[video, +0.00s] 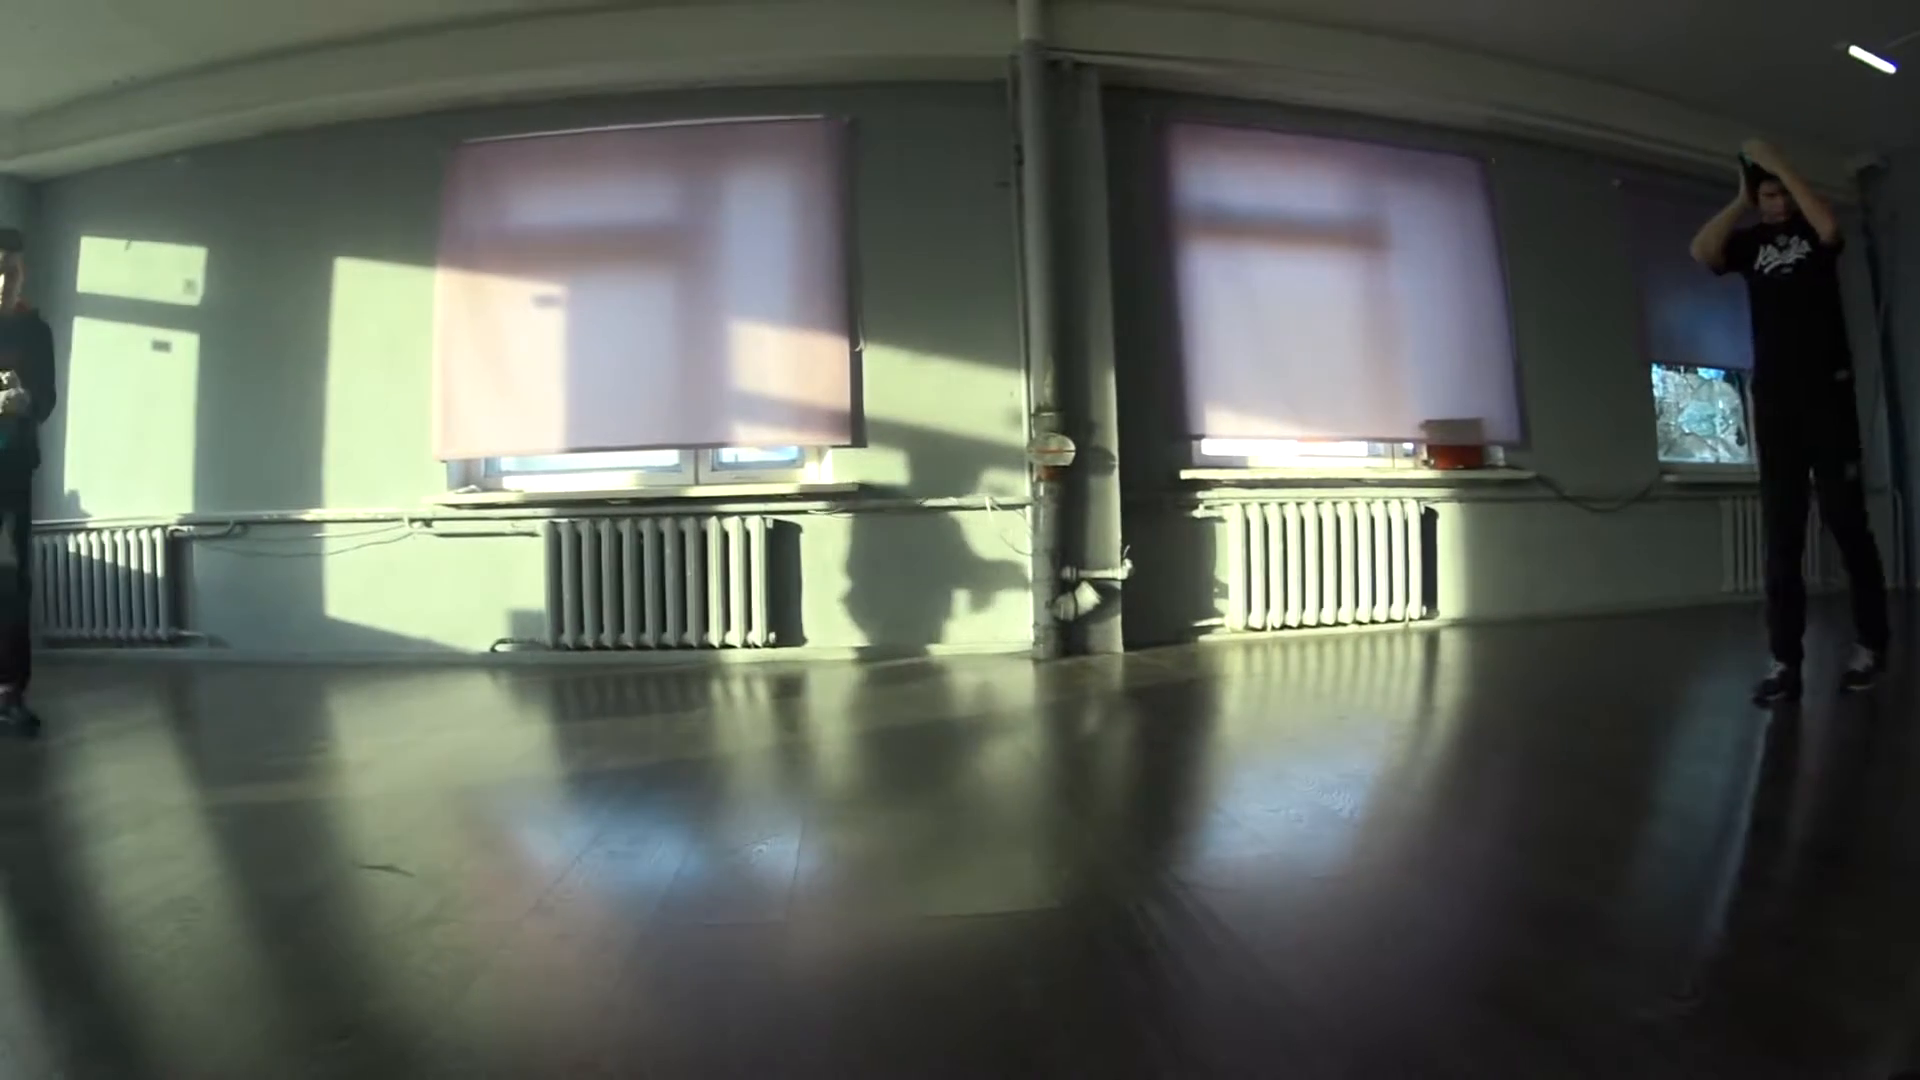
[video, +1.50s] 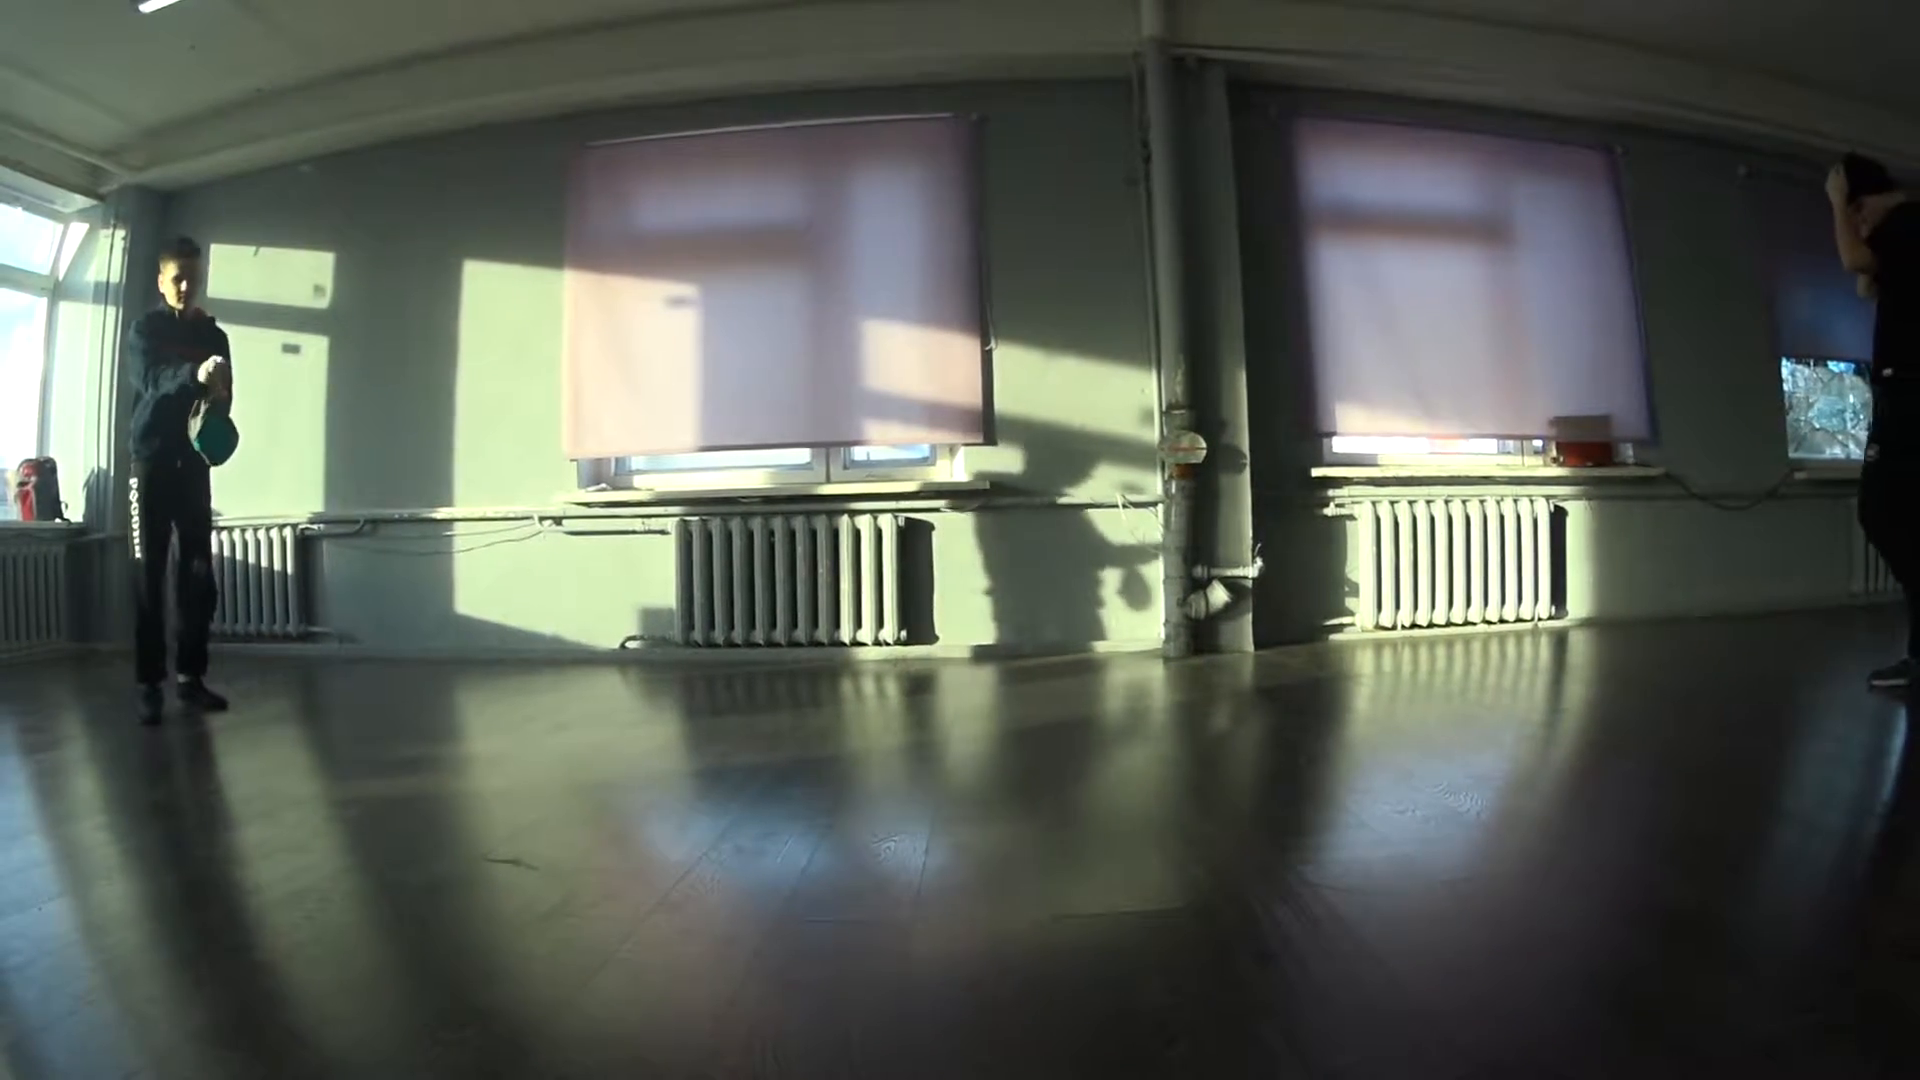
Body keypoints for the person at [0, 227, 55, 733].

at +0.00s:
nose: (6, 281)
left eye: (11, 272)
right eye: (2, 271)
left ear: (22, 277)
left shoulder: (31, 329)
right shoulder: (22, 330)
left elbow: (42, 401)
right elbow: (41, 400)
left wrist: (22, 401)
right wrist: (17, 397)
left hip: (14, 465)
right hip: (9, 466)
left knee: (15, 572)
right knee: (12, 572)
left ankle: (13, 691)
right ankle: (10, 689)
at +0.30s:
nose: (88, 281)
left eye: (95, 273)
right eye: (80, 274)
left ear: (106, 279)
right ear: (66, 280)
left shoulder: (119, 335)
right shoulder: (52, 327)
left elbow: (123, 395)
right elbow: (42, 382)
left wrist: (115, 412)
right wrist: (79, 402)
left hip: (98, 462)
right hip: (54, 461)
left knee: (115, 567)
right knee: (53, 569)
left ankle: (125, 681)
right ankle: (60, 687)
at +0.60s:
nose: (179, 284)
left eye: (185, 277)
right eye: (171, 276)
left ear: (193, 283)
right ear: (152, 283)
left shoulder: (200, 341)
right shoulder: (135, 331)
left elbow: (203, 401)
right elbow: (133, 390)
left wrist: (198, 424)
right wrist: (176, 385)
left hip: (178, 465)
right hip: (136, 462)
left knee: (181, 572)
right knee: (128, 570)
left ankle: (179, 681)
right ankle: (118, 686)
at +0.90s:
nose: (204, 294)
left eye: (211, 285)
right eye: (196, 285)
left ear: (222, 286)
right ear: (181, 286)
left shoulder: (230, 344)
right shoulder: (166, 329)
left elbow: (234, 402)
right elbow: (159, 382)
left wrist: (230, 427)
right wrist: (201, 401)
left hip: (204, 463)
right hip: (162, 459)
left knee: (204, 568)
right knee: (151, 565)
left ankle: (193, 680)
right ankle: (143, 682)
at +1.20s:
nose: (196, 292)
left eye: (204, 283)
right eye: (189, 283)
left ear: (215, 284)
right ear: (174, 285)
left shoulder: (228, 340)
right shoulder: (160, 328)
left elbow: (236, 398)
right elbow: (160, 376)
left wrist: (233, 413)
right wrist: (206, 392)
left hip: (203, 464)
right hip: (159, 461)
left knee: (202, 569)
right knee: (156, 568)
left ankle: (192, 680)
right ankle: (151, 686)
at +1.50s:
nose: (182, 286)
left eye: (190, 278)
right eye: (174, 278)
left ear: (202, 278)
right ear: (160, 279)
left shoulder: (214, 335)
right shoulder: (144, 328)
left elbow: (221, 400)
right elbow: (149, 379)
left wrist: (218, 408)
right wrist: (196, 373)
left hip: (194, 461)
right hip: (149, 459)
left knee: (199, 569)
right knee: (149, 569)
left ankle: (191, 679)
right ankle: (150, 685)